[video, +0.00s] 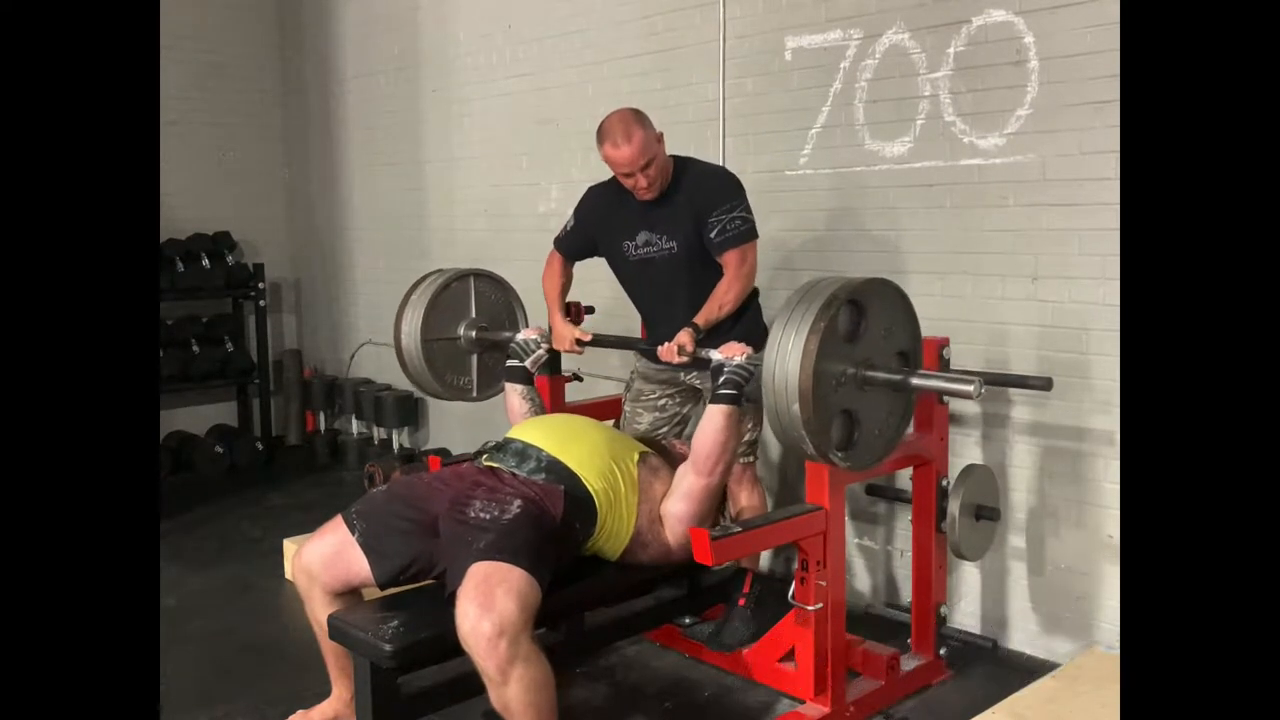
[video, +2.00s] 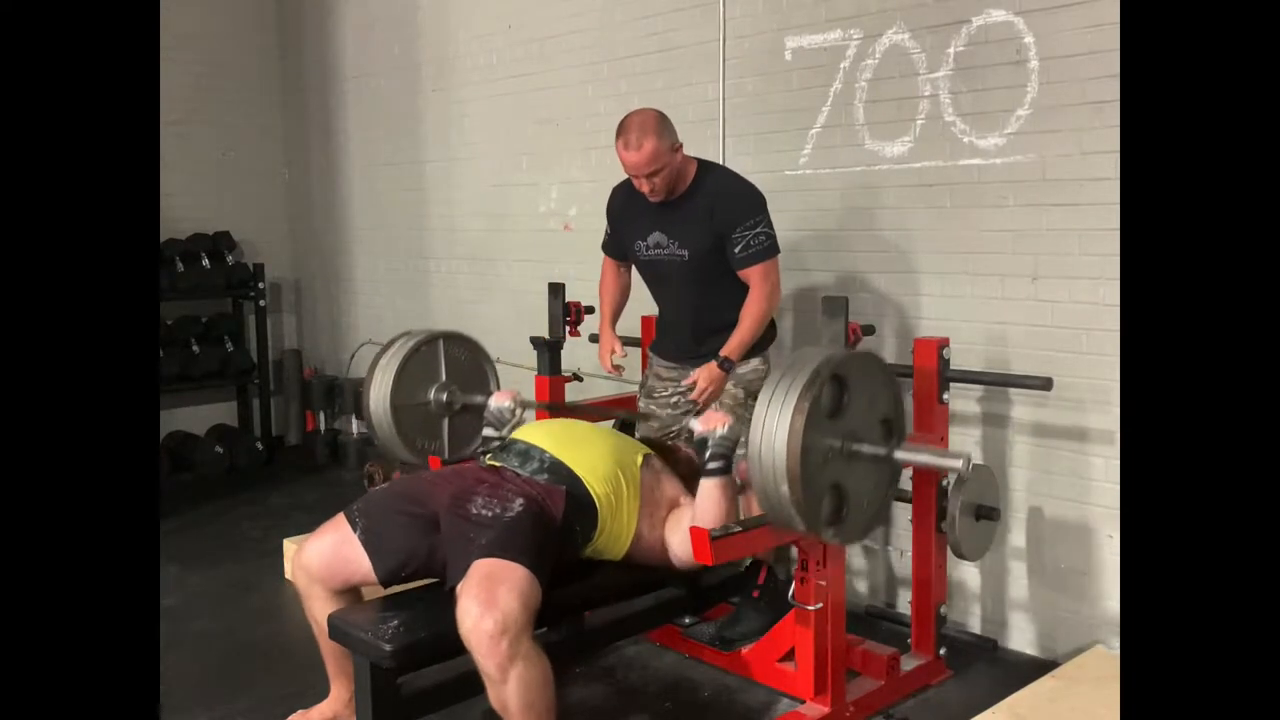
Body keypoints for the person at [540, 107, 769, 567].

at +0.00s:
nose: (641, 183)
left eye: (647, 168)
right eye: (627, 176)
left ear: (661, 142)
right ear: (608, 165)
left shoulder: (713, 186)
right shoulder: (600, 206)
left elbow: (741, 273)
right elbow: (558, 259)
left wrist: (693, 328)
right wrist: (556, 319)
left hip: (729, 349)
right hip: (659, 355)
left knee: (736, 469)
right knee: (637, 462)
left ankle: (748, 590)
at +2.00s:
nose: (644, 187)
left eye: (652, 174)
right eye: (634, 176)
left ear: (679, 152)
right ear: (623, 163)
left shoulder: (732, 198)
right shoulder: (625, 202)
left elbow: (766, 290)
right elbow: (615, 265)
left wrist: (724, 363)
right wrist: (607, 328)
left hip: (736, 362)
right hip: (667, 362)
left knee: (739, 479)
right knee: (666, 474)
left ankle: (764, 593)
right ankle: (695, 591)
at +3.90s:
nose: (638, 161)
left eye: (645, 151)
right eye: (634, 151)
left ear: (679, 138)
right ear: (655, 140)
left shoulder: (750, 171)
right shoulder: (644, 182)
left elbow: (785, 258)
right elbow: (624, 248)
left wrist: (754, 328)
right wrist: (624, 313)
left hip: (743, 354)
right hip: (673, 353)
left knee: (754, 476)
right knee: (656, 465)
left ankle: (769, 592)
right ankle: (685, 589)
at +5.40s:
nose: (679, 137)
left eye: (687, 122)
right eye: (667, 128)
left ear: (707, 109)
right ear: (655, 125)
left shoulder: (757, 169)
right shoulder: (653, 181)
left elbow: (789, 248)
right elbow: (635, 255)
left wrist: (764, 321)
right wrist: (634, 313)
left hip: (734, 356)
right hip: (669, 354)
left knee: (748, 468)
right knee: (660, 460)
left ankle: (761, 588)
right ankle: (663, 579)